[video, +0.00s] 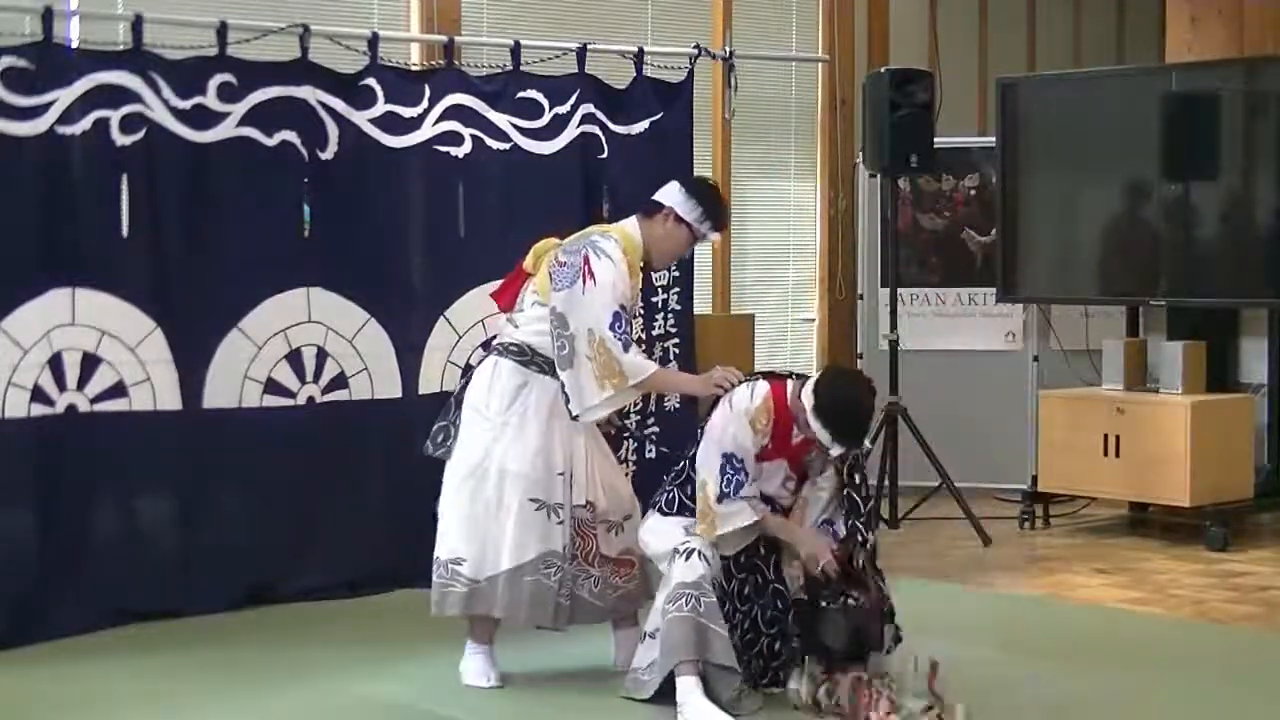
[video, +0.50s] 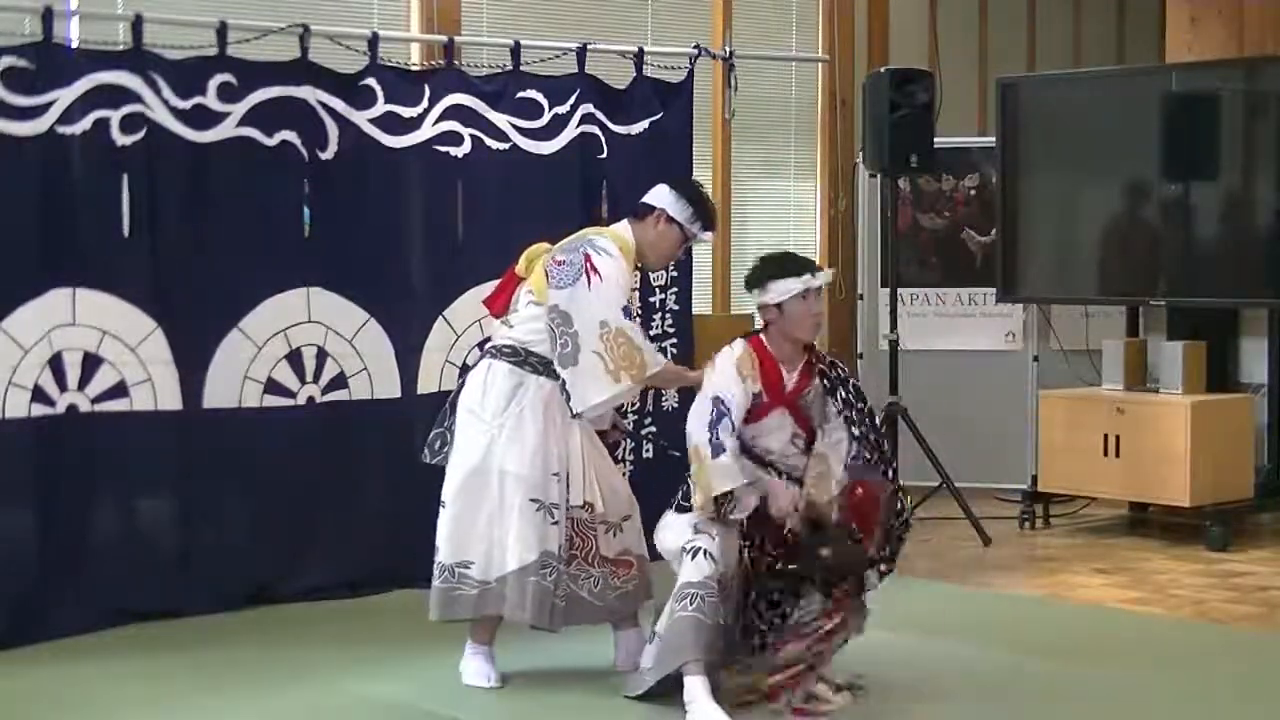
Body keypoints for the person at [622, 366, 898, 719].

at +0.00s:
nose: (826, 449)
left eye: (836, 446)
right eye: (822, 436)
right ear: (806, 403)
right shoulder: (748, 404)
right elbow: (729, 503)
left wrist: (809, 543)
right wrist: (797, 535)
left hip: (756, 526)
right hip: (681, 518)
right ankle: (688, 693)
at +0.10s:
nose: (828, 433)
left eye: (837, 430)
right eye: (826, 423)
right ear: (814, 396)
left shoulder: (829, 435)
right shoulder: (753, 400)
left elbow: (818, 503)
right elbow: (719, 496)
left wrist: (798, 559)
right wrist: (771, 550)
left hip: (754, 522)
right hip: (682, 516)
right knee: (688, 562)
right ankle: (687, 693)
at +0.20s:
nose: (850, 419)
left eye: (855, 410)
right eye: (845, 408)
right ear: (815, 387)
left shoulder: (826, 432)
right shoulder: (753, 399)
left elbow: (815, 506)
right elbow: (715, 478)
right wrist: (732, 553)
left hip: (753, 524)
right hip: (686, 513)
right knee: (686, 565)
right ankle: (687, 691)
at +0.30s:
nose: (853, 388)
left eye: (855, 376)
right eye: (844, 376)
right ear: (811, 365)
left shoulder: (832, 422)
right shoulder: (756, 389)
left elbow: (822, 494)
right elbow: (718, 465)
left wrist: (812, 560)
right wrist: (723, 546)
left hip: (752, 506)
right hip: (692, 499)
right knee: (684, 571)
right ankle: (690, 690)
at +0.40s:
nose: (842, 343)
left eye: (844, 331)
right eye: (831, 333)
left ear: (848, 331)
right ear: (795, 336)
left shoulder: (831, 401)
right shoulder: (747, 383)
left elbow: (828, 480)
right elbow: (713, 458)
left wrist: (813, 543)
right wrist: (730, 532)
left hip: (763, 515)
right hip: (692, 510)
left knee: (809, 574)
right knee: (691, 570)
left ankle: (797, 673)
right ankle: (693, 689)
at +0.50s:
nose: (819, 308)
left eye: (819, 297)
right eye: (807, 299)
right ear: (771, 312)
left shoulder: (824, 371)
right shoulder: (736, 364)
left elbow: (837, 444)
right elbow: (709, 440)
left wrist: (814, 499)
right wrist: (767, 488)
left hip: (792, 512)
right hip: (726, 508)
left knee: (849, 573)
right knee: (705, 562)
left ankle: (799, 671)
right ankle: (695, 681)